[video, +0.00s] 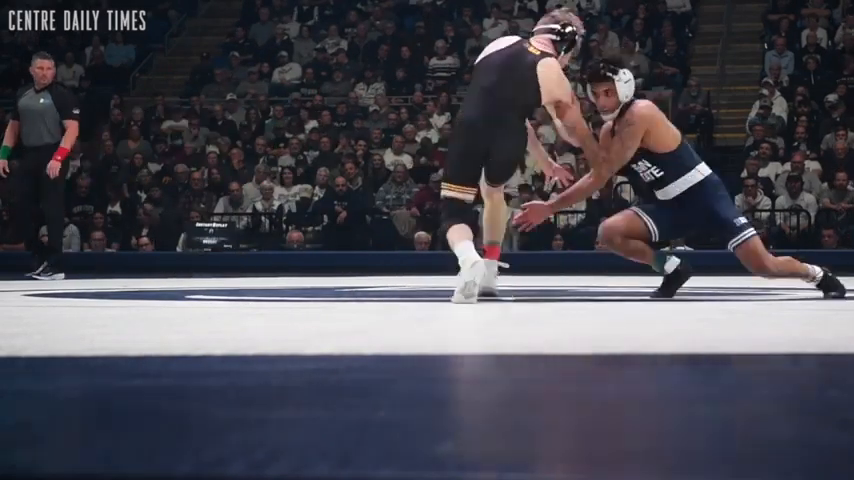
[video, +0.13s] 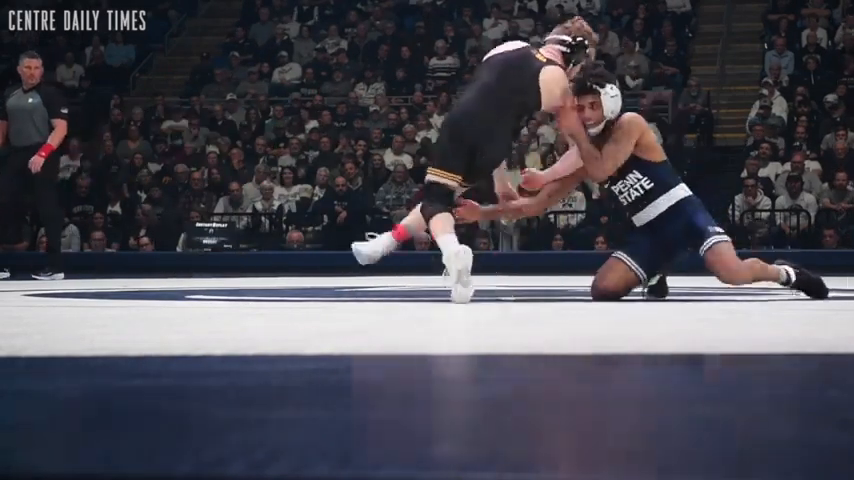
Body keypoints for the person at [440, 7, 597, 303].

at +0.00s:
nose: (569, 60)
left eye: (572, 55)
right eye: (571, 53)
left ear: (537, 33)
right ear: (565, 48)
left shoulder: (498, 44)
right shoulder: (552, 74)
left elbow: (516, 114)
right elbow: (576, 133)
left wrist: (547, 164)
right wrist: (597, 160)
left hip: (469, 128)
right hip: (508, 136)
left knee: (454, 208)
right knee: (494, 189)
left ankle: (469, 260)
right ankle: (490, 267)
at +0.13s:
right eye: (572, 65)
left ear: (545, 45)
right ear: (571, 60)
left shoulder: (509, 47)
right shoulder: (559, 82)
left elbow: (493, 115)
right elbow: (578, 144)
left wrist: (503, 182)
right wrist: (548, 176)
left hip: (459, 122)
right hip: (494, 139)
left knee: (436, 201)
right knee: (442, 198)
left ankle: (452, 252)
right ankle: (384, 243)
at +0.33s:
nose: (564, 201)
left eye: (564, 193)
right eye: (568, 192)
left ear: (541, 160)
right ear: (562, 180)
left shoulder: (514, 163)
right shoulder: (550, 195)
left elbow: (494, 216)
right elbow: (567, 241)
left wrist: (493, 269)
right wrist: (582, 288)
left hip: (453, 155)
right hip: (460, 185)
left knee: (373, 175)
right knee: (383, 256)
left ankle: (318, 211)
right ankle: (306, 270)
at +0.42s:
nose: (563, 245)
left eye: (566, 240)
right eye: (566, 241)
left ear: (551, 220)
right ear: (560, 235)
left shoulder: (520, 209)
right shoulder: (544, 247)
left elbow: (487, 239)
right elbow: (577, 294)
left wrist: (488, 289)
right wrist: (592, 298)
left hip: (429, 190)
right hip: (436, 216)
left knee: (351, 210)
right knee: (379, 289)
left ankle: (281, 179)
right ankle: (301, 263)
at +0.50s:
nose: (555, 272)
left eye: (558, 268)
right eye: (560, 268)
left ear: (541, 239)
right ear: (547, 257)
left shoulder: (508, 228)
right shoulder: (528, 256)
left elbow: (475, 249)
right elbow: (567, 291)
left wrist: (489, 289)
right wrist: (603, 296)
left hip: (412, 195)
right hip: (427, 213)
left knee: (339, 231)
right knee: (371, 286)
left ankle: (302, 182)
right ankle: (293, 259)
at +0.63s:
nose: (540, 276)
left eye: (545, 273)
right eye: (543, 272)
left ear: (527, 247)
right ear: (532, 255)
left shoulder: (494, 242)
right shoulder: (508, 255)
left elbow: (465, 276)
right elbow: (532, 281)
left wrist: (490, 292)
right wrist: (574, 293)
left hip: (400, 194)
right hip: (413, 205)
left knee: (370, 248)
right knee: (383, 286)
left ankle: (330, 216)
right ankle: (303, 262)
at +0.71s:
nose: (522, 255)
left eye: (526, 252)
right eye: (526, 250)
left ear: (519, 244)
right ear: (519, 243)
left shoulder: (491, 244)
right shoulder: (495, 245)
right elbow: (505, 273)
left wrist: (468, 279)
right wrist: (544, 290)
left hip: (397, 212)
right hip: (396, 208)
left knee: (398, 269)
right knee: (395, 287)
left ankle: (335, 247)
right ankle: (321, 262)